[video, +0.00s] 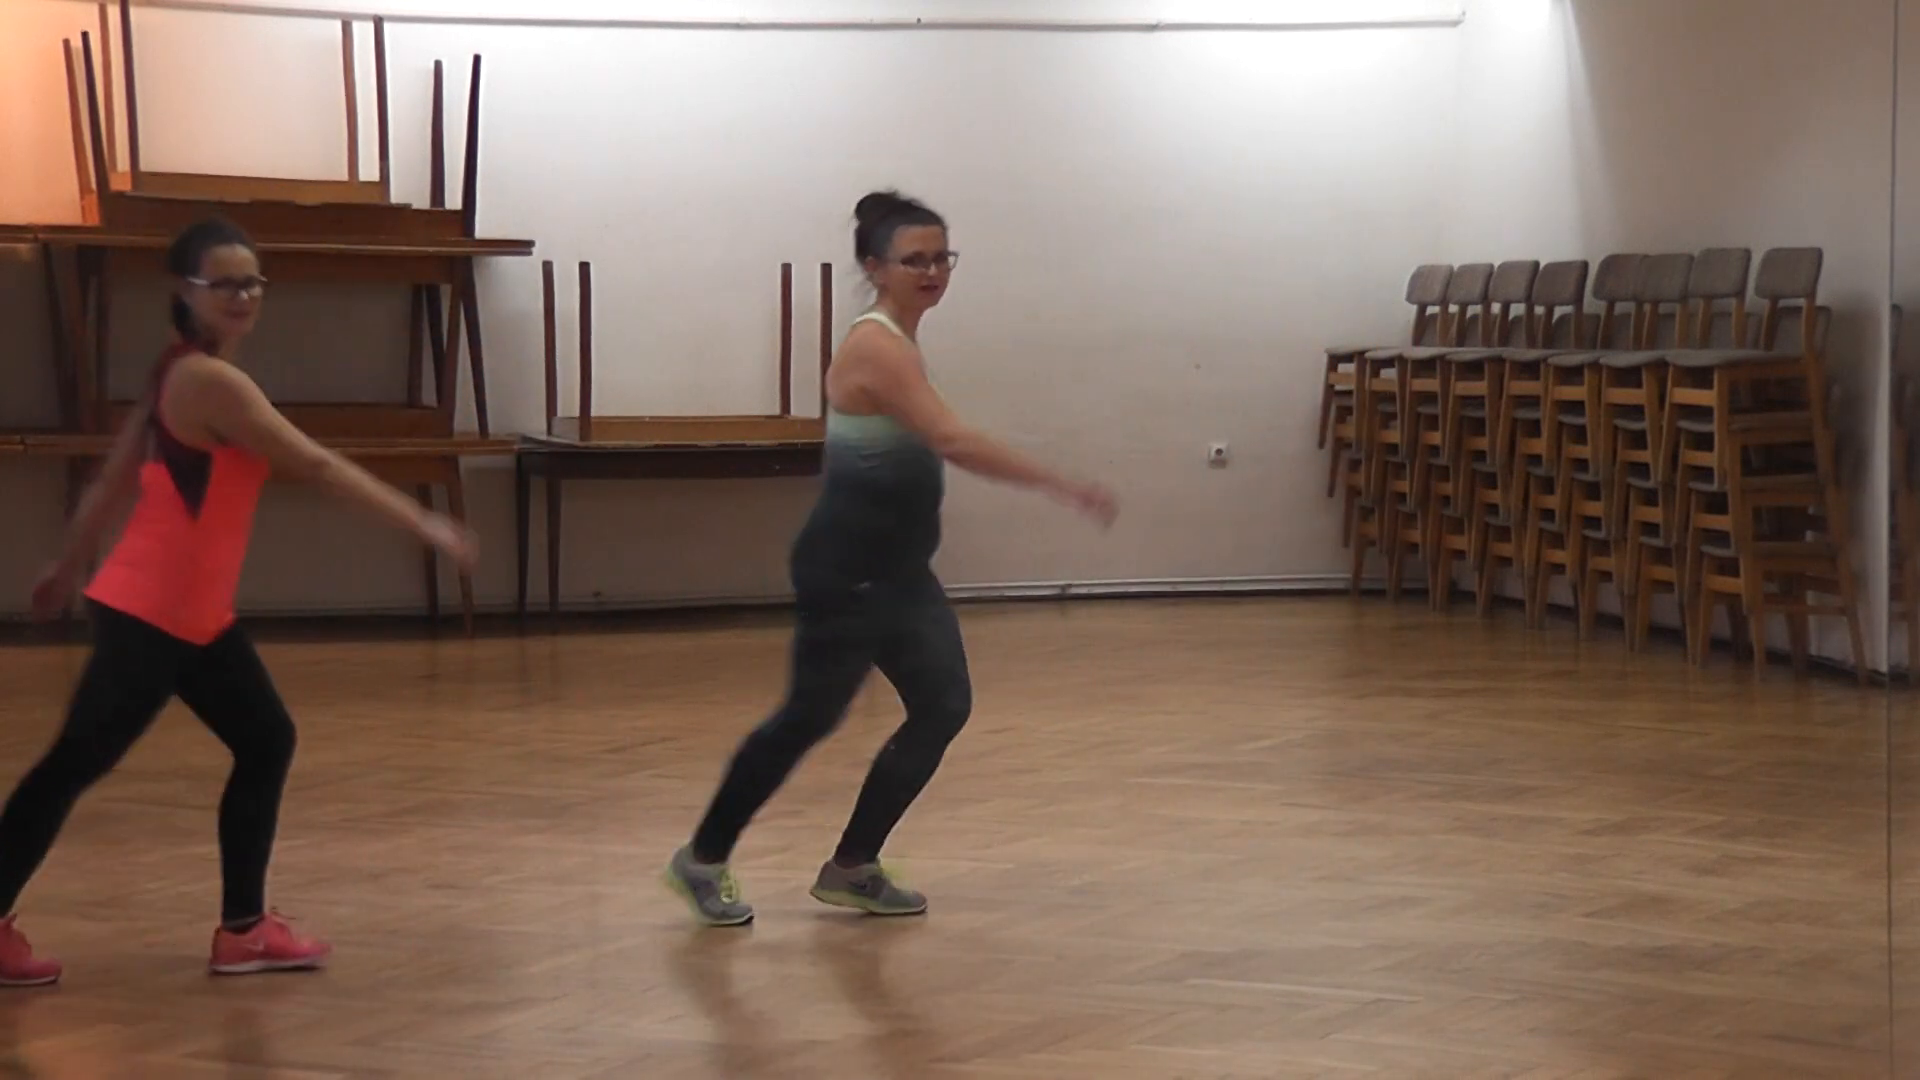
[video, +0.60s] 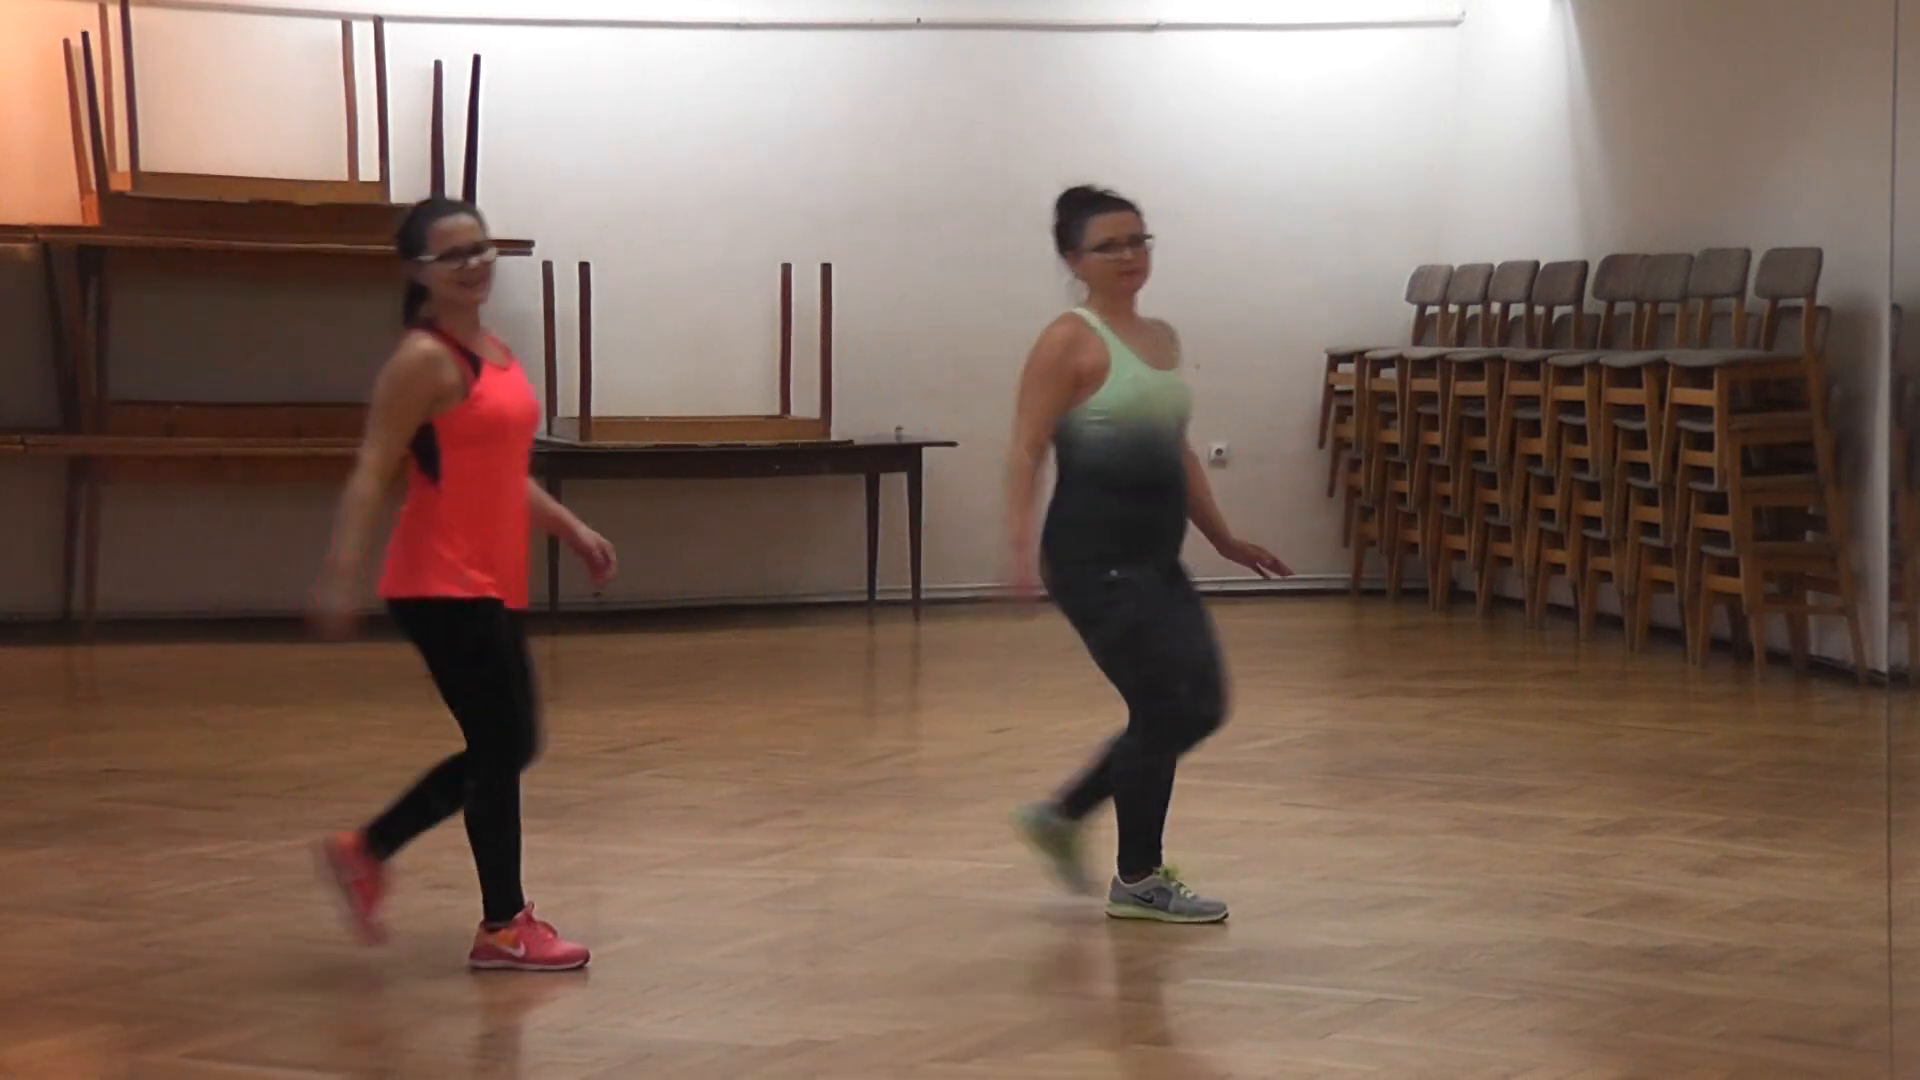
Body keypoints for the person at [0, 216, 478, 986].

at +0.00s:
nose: (244, 299)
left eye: (253, 285)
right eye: (226, 286)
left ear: (260, 289)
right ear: (185, 291)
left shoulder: (182, 376)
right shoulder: (209, 380)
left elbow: (115, 479)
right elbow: (316, 463)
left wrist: (71, 561)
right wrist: (427, 523)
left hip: (194, 617)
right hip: (147, 614)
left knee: (266, 739)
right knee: (71, 764)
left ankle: (244, 927)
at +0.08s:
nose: (273, 294)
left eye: (281, 280)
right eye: (255, 282)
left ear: (289, 283)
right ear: (214, 289)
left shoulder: (213, 371)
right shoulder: (239, 377)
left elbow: (159, 482)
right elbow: (308, 492)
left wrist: (127, 579)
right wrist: (380, 579)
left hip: (228, 612)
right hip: (194, 612)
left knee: (288, 743)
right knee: (167, 767)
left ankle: (248, 928)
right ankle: (19, 895)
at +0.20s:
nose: (321, 264)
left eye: (326, 250)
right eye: (301, 254)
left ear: (334, 256)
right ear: (262, 268)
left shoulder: (292, 347)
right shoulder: (273, 354)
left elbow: (248, 469)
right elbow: (263, 481)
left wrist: (283, 581)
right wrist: (272, 598)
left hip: (263, 579)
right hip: (249, 582)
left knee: (284, 746)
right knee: (305, 740)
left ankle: (248, 927)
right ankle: (167, 865)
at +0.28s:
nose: (349, 258)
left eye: (356, 243)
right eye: (330, 247)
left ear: (364, 250)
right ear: (289, 260)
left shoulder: (338, 341)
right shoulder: (295, 351)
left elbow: (313, 466)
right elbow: (243, 463)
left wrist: (358, 538)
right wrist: (213, 575)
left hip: (302, 580)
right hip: (291, 583)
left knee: (274, 743)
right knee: (379, 713)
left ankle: (245, 923)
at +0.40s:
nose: (394, 271)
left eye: (401, 258)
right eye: (375, 262)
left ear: (412, 267)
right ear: (335, 274)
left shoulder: (396, 353)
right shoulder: (330, 363)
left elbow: (400, 475)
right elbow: (248, 456)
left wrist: (478, 524)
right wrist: (181, 542)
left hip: (354, 594)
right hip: (342, 597)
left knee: (289, 756)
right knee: (440, 730)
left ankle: (246, 927)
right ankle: (483, 918)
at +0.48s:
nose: (427, 278)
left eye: (433, 264)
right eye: (407, 269)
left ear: (443, 272)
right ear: (367, 284)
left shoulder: (437, 363)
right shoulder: (368, 373)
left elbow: (443, 479)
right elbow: (284, 461)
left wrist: (529, 529)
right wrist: (208, 544)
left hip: (411, 602)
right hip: (389, 606)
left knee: (360, 754)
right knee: (480, 735)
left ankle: (257, 911)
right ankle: (502, 924)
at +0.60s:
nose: (475, 265)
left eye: (482, 250)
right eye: (455, 256)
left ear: (494, 257)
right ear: (420, 273)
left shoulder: (495, 349)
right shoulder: (421, 360)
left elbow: (501, 472)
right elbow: (373, 472)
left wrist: (572, 529)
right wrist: (343, 569)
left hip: (491, 582)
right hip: (438, 584)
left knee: (504, 742)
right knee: (502, 740)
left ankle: (366, 848)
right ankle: (504, 923)